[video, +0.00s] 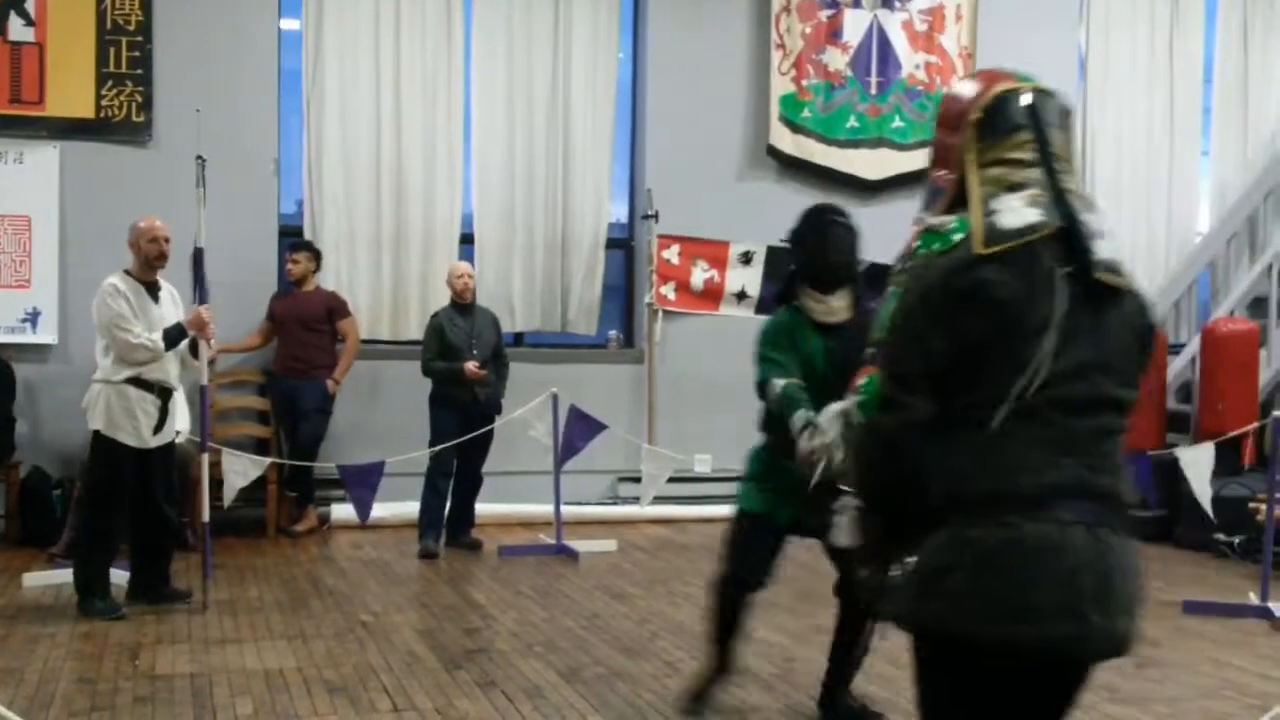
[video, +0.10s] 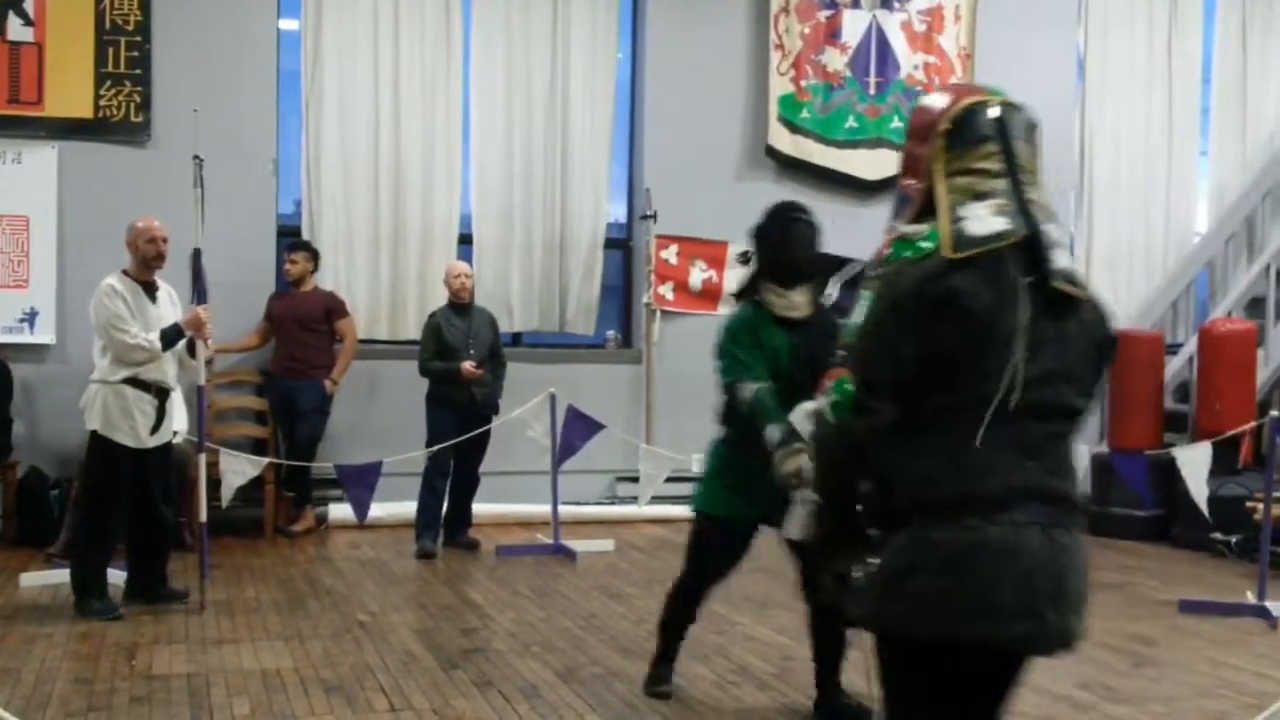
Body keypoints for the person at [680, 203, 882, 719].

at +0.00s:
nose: (828, 267)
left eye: (832, 256)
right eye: (822, 256)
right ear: (833, 263)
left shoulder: (873, 325)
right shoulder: (783, 329)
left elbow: (881, 384)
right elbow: (779, 385)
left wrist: (850, 421)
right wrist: (808, 425)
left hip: (845, 484)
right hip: (778, 477)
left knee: (863, 590)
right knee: (736, 577)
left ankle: (836, 693)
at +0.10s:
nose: (795, 281)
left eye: (803, 270)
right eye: (785, 269)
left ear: (817, 269)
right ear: (767, 266)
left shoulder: (830, 329)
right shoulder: (744, 329)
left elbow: (844, 389)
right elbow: (751, 400)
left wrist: (819, 423)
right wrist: (786, 449)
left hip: (808, 478)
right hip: (741, 472)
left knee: (827, 589)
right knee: (701, 573)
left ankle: (829, 691)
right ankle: (664, 661)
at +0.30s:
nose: (708, 270)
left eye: (715, 260)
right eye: (698, 261)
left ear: (727, 259)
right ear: (679, 261)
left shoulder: (739, 318)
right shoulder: (655, 329)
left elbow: (757, 386)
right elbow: (665, 406)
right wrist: (709, 448)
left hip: (711, 457)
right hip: (656, 456)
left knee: (729, 554)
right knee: (651, 565)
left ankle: (675, 599)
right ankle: (654, 661)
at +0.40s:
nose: (690, 279)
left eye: (698, 269)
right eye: (681, 270)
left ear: (711, 266)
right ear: (662, 266)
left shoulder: (725, 320)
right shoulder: (639, 333)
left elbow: (743, 382)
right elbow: (647, 406)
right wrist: (692, 442)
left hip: (693, 452)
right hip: (643, 450)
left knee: (683, 543)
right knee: (649, 551)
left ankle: (629, 586)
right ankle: (656, 650)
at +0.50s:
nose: (677, 286)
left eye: (682, 277)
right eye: (671, 276)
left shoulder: (709, 327)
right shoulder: (628, 339)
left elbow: (722, 387)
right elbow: (635, 412)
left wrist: (715, 436)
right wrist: (683, 443)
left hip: (681, 454)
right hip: (633, 453)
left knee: (639, 538)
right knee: (642, 550)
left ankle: (598, 596)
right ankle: (652, 655)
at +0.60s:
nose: (668, 303)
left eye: (675, 291)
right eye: (660, 293)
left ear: (687, 292)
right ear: (641, 290)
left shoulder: (694, 340)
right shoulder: (616, 350)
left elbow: (703, 401)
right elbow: (620, 420)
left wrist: (693, 441)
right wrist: (667, 446)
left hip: (657, 460)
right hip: (616, 457)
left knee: (611, 537)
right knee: (634, 535)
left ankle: (582, 611)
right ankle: (636, 619)